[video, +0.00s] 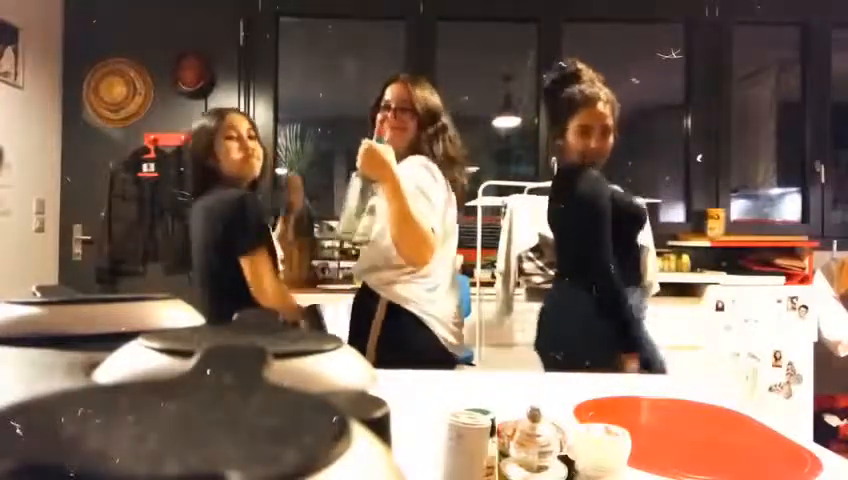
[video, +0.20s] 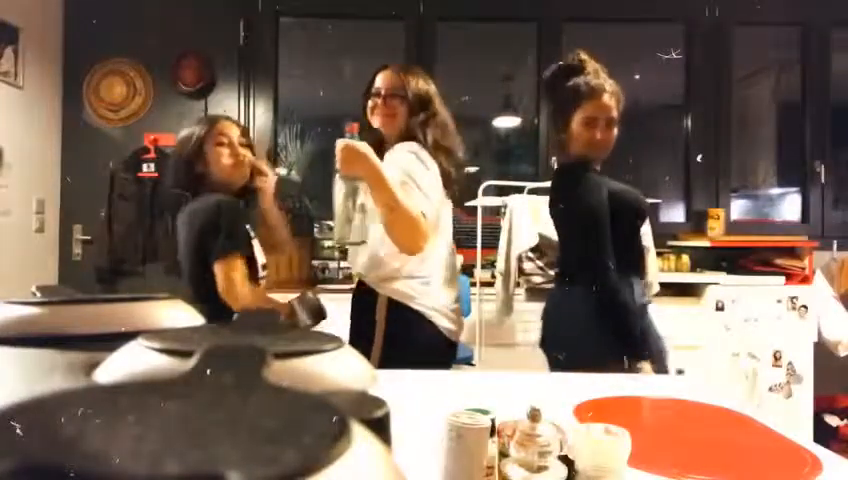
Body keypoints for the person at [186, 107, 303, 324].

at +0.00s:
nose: (248, 146)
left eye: (252, 137)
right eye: (232, 138)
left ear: (260, 145)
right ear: (209, 154)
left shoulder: (201, 206)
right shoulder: (242, 204)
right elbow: (266, 291)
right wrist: (298, 314)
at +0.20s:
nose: (238, 152)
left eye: (243, 144)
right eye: (222, 144)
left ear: (251, 155)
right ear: (198, 162)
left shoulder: (192, 210)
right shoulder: (224, 208)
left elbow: (279, 246)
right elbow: (236, 293)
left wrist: (266, 199)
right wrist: (286, 309)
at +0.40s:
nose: (232, 147)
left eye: (236, 139)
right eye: (216, 138)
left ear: (242, 146)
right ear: (192, 152)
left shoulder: (222, 199)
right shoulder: (204, 201)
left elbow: (276, 238)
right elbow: (205, 285)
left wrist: (261, 185)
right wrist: (271, 307)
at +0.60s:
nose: (222, 153)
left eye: (227, 145)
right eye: (208, 144)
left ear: (234, 158)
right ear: (183, 161)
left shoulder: (217, 206)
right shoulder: (194, 205)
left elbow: (275, 242)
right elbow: (188, 281)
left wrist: (252, 190)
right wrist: (251, 302)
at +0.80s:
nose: (215, 147)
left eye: (220, 141)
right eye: (202, 138)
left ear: (227, 151)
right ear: (175, 154)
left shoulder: (212, 202)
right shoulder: (180, 200)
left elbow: (267, 248)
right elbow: (158, 275)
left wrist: (250, 193)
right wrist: (234, 298)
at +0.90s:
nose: (212, 144)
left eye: (218, 138)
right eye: (197, 136)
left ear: (225, 153)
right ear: (172, 156)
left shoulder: (213, 202)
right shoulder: (176, 200)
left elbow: (256, 262)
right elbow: (150, 275)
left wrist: (252, 205)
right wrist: (230, 295)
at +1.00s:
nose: (213, 150)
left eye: (218, 144)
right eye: (197, 143)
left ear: (225, 158)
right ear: (173, 163)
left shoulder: (205, 213)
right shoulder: (177, 208)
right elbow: (148, 282)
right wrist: (231, 296)